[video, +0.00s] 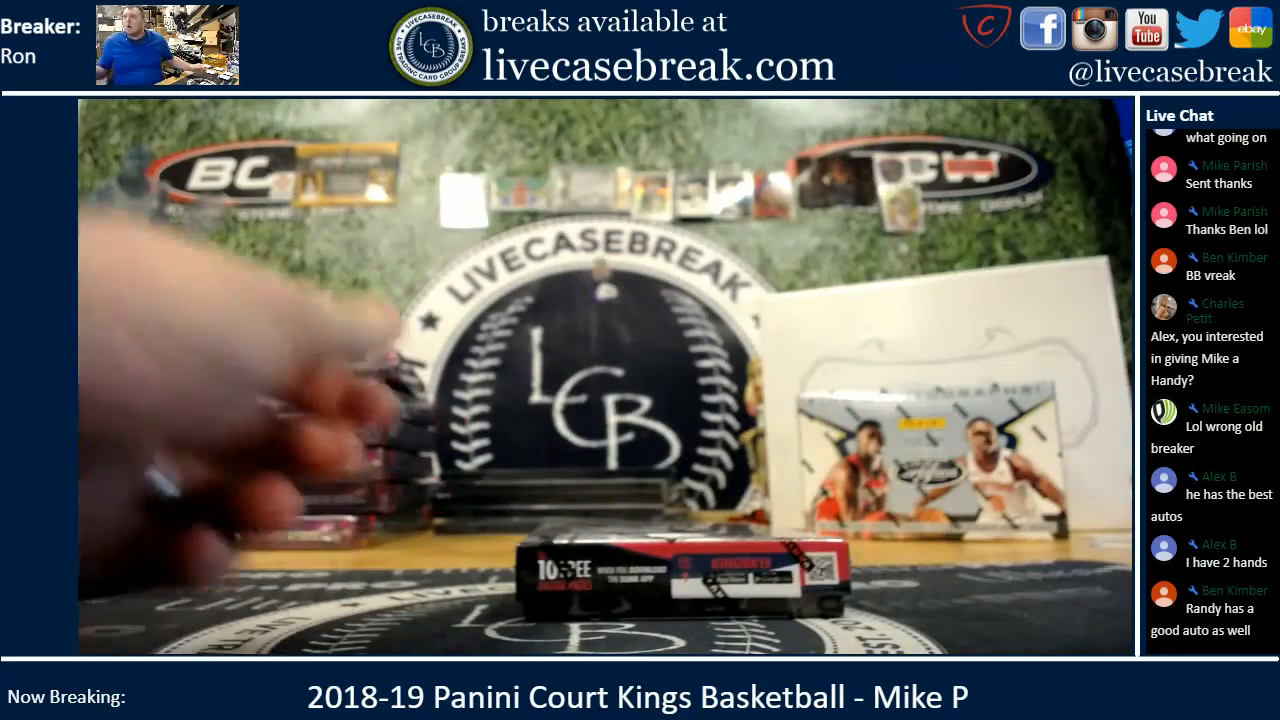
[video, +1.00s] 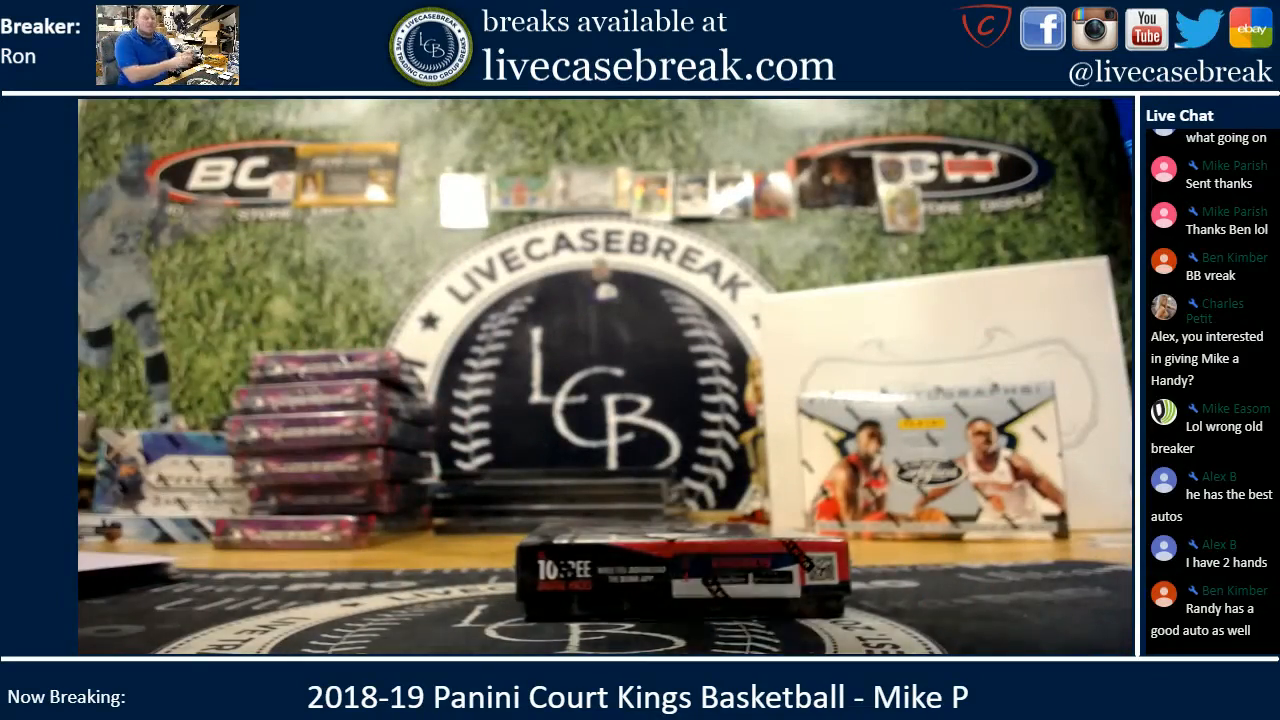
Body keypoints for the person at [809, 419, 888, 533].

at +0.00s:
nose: (877, 441)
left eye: (880, 437)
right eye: (871, 436)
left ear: (883, 441)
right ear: (859, 440)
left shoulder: (880, 474)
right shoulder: (846, 470)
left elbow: (879, 511)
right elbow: (849, 518)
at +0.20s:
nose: (877, 442)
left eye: (880, 437)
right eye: (872, 436)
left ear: (883, 441)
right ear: (859, 440)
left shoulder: (880, 474)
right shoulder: (846, 470)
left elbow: (879, 510)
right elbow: (849, 518)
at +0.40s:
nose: (877, 441)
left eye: (879, 437)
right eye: (872, 436)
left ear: (883, 441)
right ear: (859, 439)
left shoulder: (879, 473)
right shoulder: (845, 470)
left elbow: (880, 510)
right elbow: (848, 518)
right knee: (882, 520)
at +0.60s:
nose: (877, 441)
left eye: (880, 437)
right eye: (872, 436)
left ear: (883, 441)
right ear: (859, 440)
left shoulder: (880, 473)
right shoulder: (846, 470)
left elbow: (880, 510)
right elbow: (849, 517)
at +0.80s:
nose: (877, 441)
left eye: (880, 437)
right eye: (872, 436)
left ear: (883, 441)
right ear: (859, 439)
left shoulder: (880, 474)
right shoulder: (846, 470)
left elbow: (879, 511)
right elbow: (849, 517)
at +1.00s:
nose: (877, 441)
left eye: (880, 437)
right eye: (872, 436)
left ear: (883, 441)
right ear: (859, 439)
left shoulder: (879, 474)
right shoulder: (846, 470)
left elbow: (879, 512)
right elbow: (849, 518)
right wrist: (885, 517)